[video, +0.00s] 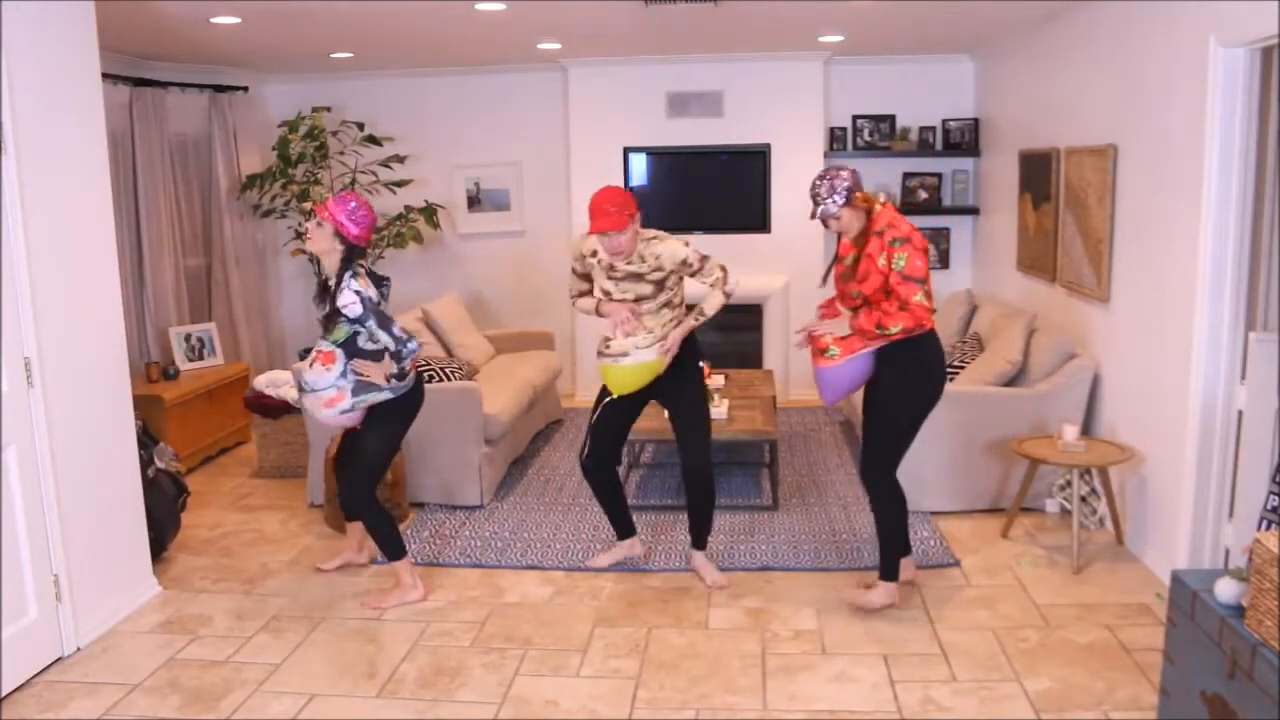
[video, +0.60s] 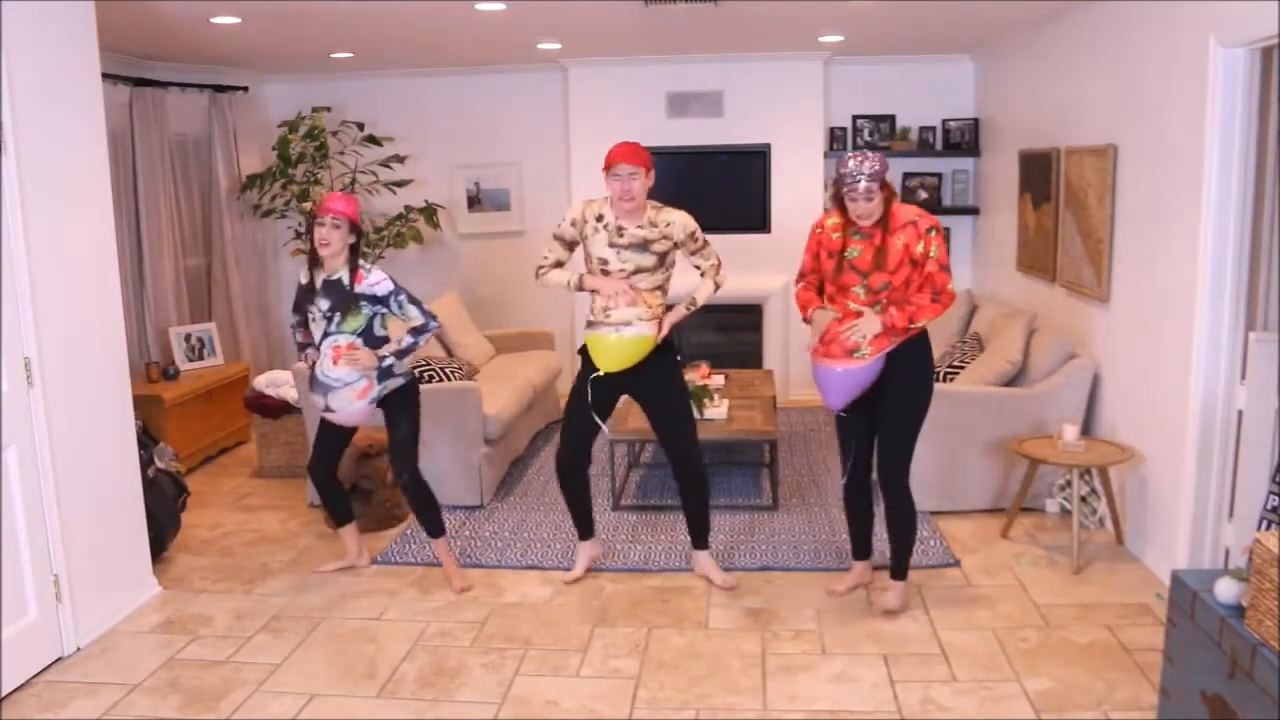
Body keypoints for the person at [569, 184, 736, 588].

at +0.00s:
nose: (614, 242)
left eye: (621, 232)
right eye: (605, 235)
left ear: (637, 223)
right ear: (594, 232)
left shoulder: (667, 250)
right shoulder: (586, 252)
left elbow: (721, 282)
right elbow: (578, 295)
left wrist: (684, 329)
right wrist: (606, 307)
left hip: (677, 359)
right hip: (626, 362)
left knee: (697, 457)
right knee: (595, 459)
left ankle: (699, 550)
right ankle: (628, 540)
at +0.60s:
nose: (625, 186)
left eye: (634, 177)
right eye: (616, 177)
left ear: (649, 180)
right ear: (605, 182)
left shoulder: (675, 224)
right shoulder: (584, 217)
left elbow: (714, 273)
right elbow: (546, 271)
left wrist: (674, 316)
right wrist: (594, 282)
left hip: (653, 349)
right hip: (601, 350)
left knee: (686, 451)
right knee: (569, 456)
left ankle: (701, 552)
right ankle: (587, 543)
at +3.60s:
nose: (606, 208)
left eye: (615, 203)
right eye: (598, 204)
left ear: (632, 217)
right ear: (587, 218)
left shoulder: (654, 260)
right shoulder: (567, 268)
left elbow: (691, 314)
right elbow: (546, 326)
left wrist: (650, 367)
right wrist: (586, 372)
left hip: (650, 381)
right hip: (590, 383)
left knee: (710, 459)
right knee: (536, 465)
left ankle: (703, 554)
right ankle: (552, 556)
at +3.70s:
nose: (606, 208)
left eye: (615, 200)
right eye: (598, 201)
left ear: (631, 206)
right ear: (586, 209)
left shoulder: (653, 242)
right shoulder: (567, 249)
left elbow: (686, 305)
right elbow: (540, 309)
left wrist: (650, 360)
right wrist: (583, 360)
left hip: (650, 368)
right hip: (592, 371)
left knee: (703, 456)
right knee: (547, 461)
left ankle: (703, 555)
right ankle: (552, 556)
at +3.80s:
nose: (607, 223)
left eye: (616, 213)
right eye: (598, 214)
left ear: (631, 211)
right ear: (586, 215)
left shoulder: (654, 245)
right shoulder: (567, 250)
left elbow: (683, 309)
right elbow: (543, 311)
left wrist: (649, 364)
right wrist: (584, 364)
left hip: (650, 368)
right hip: (592, 371)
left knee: (701, 456)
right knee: (549, 462)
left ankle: (703, 555)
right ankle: (553, 556)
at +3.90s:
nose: (610, 263)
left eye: (617, 253)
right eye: (601, 254)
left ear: (631, 239)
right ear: (588, 244)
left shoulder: (653, 260)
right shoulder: (568, 265)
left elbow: (683, 323)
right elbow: (549, 326)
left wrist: (652, 378)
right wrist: (589, 378)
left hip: (652, 381)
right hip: (592, 384)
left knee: (707, 462)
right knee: (537, 465)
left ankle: (703, 555)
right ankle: (552, 556)